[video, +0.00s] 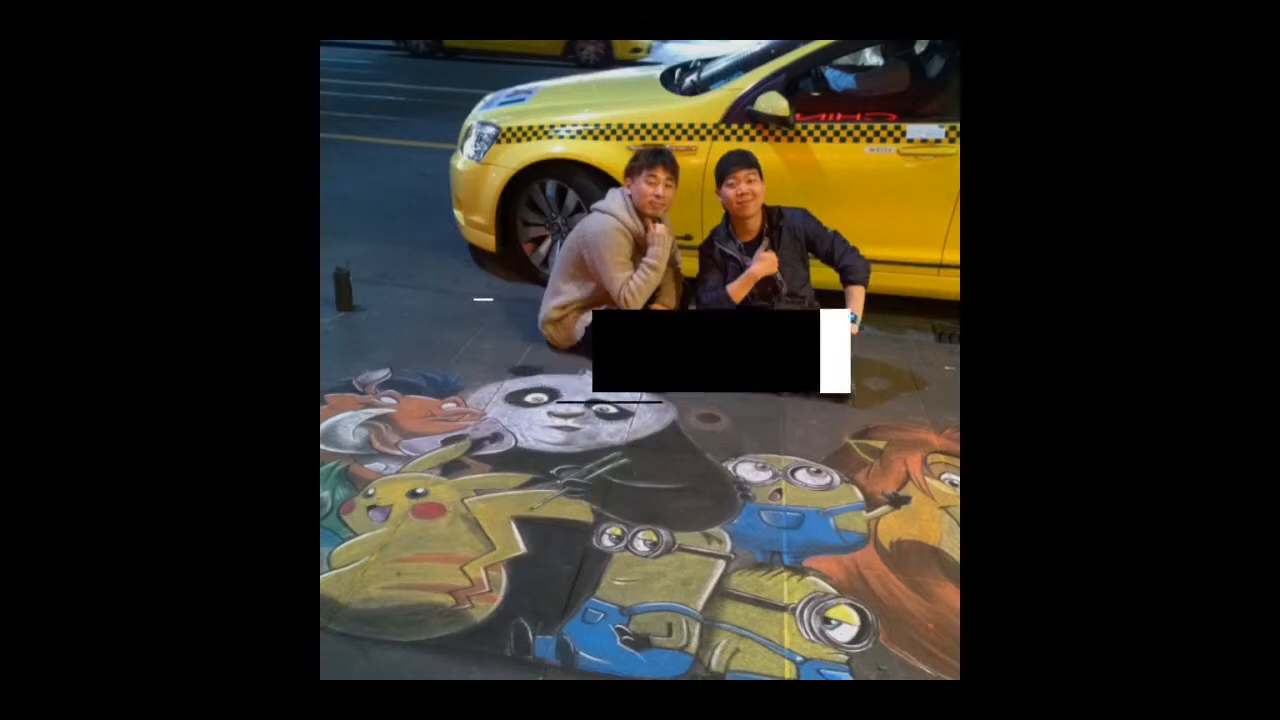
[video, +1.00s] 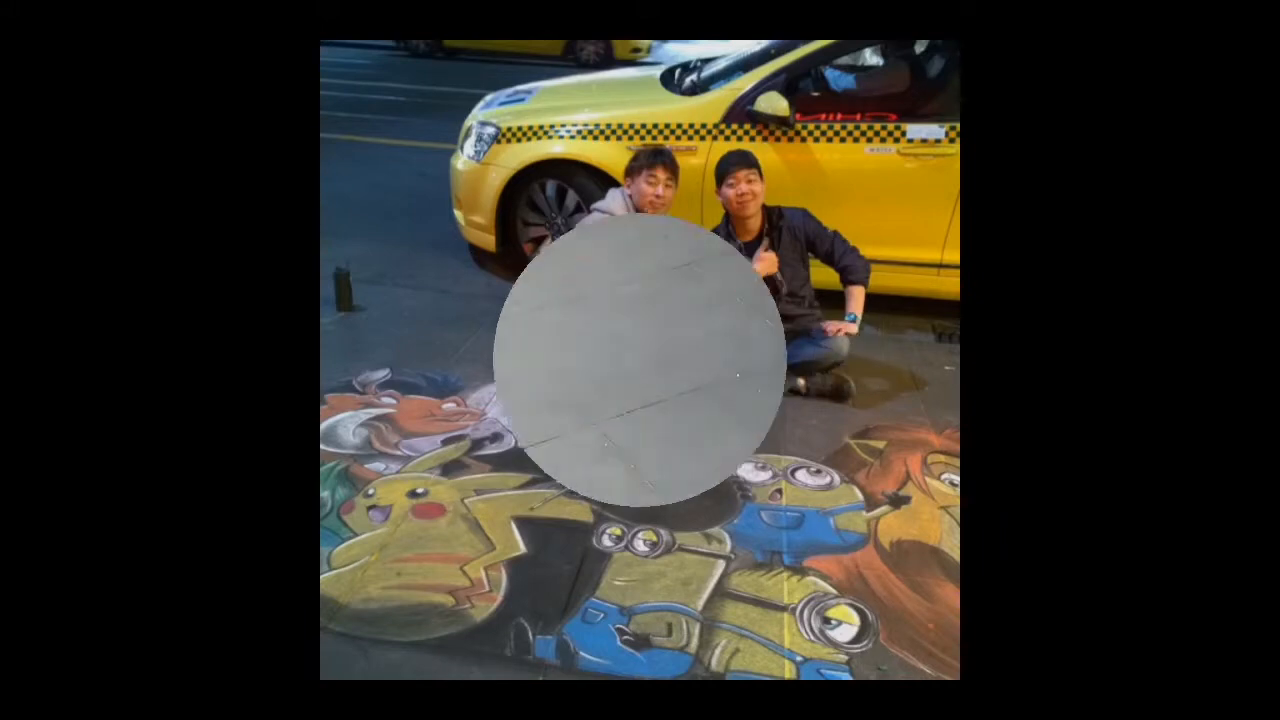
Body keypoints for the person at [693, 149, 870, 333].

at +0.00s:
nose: (743, 190)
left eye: (751, 180)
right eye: (732, 184)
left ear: (764, 186)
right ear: (719, 195)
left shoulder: (796, 222)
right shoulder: (712, 248)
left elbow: (852, 262)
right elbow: (709, 306)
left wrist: (853, 317)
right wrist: (752, 275)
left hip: (801, 319)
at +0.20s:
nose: (743, 191)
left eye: (750, 181)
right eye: (732, 185)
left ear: (763, 186)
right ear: (720, 195)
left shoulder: (795, 222)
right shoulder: (713, 247)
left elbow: (853, 263)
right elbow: (709, 308)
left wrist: (852, 323)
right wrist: (752, 274)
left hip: (799, 330)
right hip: (748, 330)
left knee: (834, 358)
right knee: (704, 334)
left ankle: (733, 372)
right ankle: (788, 384)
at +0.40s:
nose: (743, 191)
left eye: (750, 181)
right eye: (732, 185)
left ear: (763, 187)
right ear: (720, 195)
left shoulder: (795, 222)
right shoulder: (713, 246)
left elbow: (853, 262)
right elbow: (709, 308)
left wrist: (851, 320)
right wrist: (752, 275)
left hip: (799, 328)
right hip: (747, 329)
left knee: (837, 345)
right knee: (704, 334)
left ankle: (734, 372)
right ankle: (798, 386)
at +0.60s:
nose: (743, 191)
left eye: (750, 181)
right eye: (732, 185)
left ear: (763, 187)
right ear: (720, 195)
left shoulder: (795, 222)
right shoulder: (713, 246)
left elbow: (853, 262)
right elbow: (709, 308)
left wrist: (851, 320)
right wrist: (752, 275)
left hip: (799, 328)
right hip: (747, 328)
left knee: (837, 345)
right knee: (704, 334)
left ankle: (734, 372)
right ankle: (798, 386)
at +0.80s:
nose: (743, 191)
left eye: (750, 181)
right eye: (732, 185)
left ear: (763, 187)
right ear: (720, 195)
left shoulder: (795, 222)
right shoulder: (713, 246)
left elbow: (853, 262)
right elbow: (709, 308)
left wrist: (851, 320)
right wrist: (752, 275)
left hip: (799, 328)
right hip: (747, 328)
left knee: (837, 345)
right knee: (704, 334)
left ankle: (734, 372)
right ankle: (798, 386)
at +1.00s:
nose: (742, 190)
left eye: (750, 181)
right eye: (732, 184)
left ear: (763, 187)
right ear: (720, 195)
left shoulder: (795, 222)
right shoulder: (713, 245)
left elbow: (853, 262)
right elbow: (709, 301)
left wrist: (852, 320)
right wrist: (753, 273)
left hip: (799, 329)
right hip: (744, 333)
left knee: (837, 346)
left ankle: (749, 370)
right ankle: (799, 386)